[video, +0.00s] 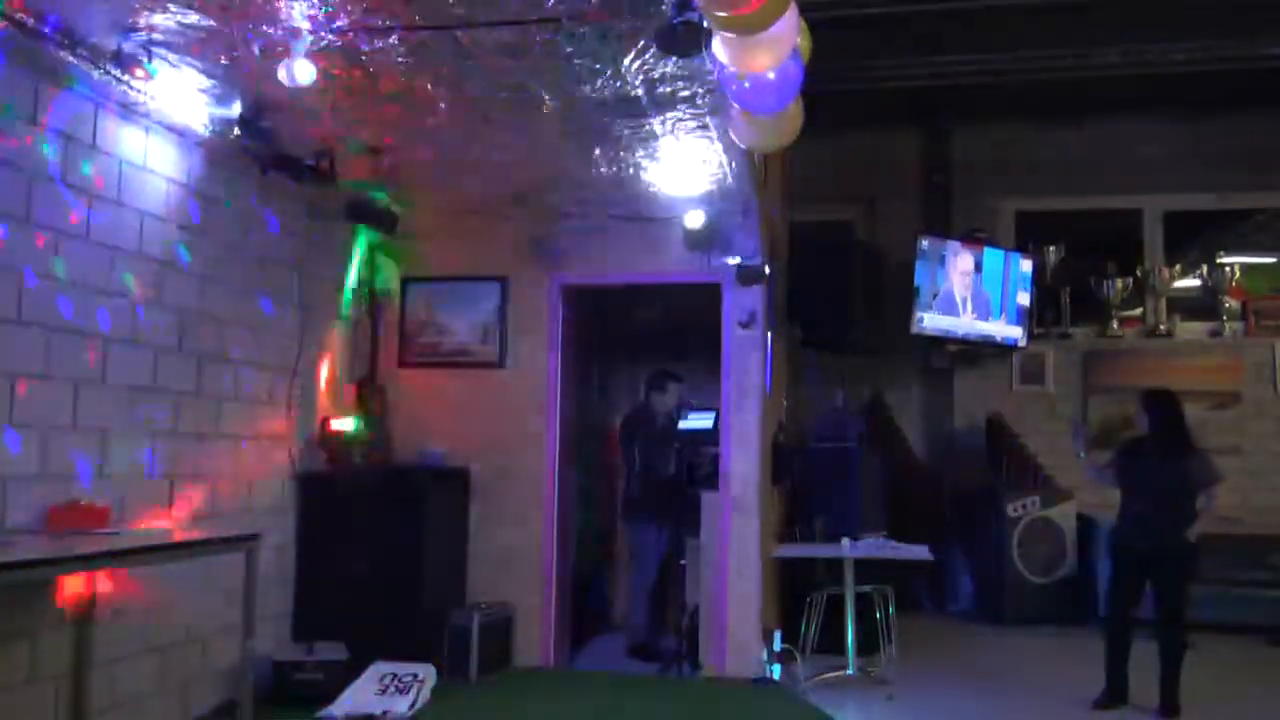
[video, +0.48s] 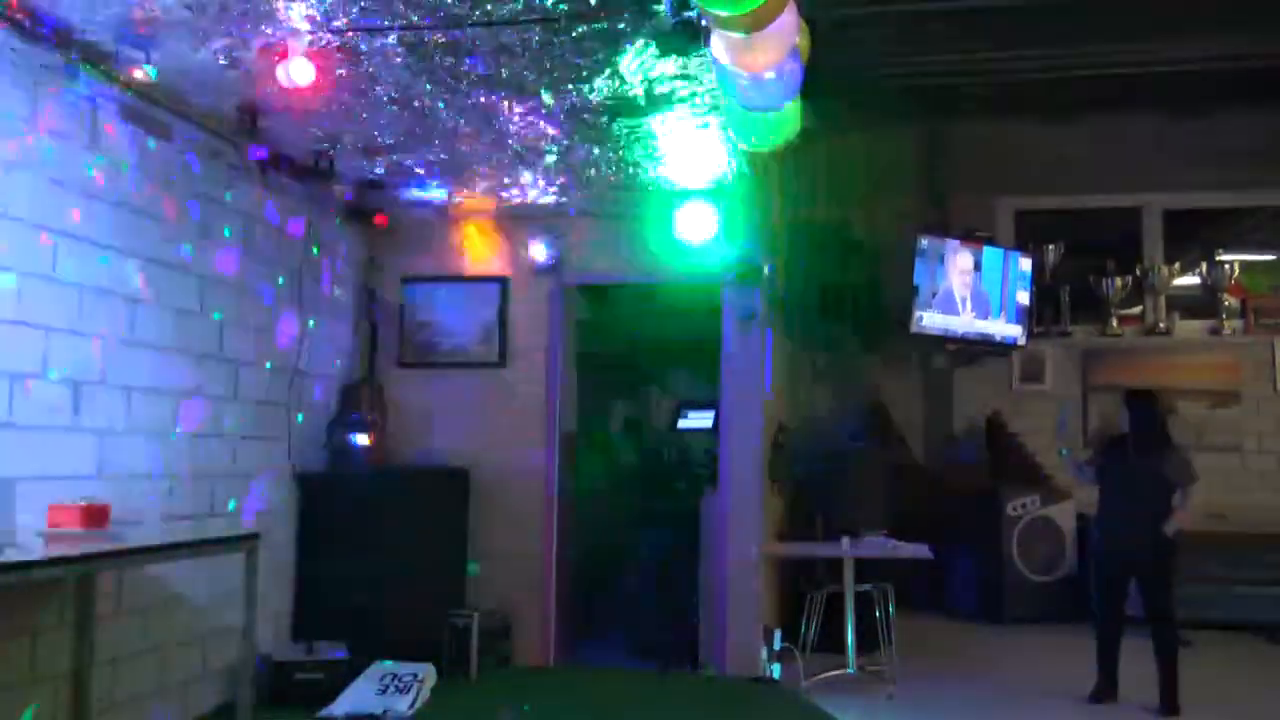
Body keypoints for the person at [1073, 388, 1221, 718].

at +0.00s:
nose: (1138, 418)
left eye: (1141, 412)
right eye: (1141, 410)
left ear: (1146, 416)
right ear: (1177, 414)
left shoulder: (1132, 450)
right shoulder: (1190, 453)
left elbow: (1099, 475)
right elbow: (1210, 501)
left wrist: (1081, 450)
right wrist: (1192, 530)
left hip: (1130, 544)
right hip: (1174, 545)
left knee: (1118, 617)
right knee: (1171, 623)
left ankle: (1115, 691)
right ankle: (1169, 701)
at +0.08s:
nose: (1138, 418)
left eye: (1140, 412)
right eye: (1141, 411)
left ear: (1144, 415)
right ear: (1175, 413)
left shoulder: (1131, 449)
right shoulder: (1189, 452)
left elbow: (1099, 476)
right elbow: (1210, 497)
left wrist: (1081, 449)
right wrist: (1191, 528)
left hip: (1129, 542)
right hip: (1171, 544)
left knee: (1116, 614)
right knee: (1170, 621)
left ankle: (1111, 685)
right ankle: (1169, 698)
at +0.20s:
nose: (1139, 418)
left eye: (1141, 411)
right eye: (1144, 410)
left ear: (1142, 414)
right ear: (1172, 413)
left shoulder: (1129, 449)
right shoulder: (1184, 450)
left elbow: (1098, 474)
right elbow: (1207, 485)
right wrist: (1192, 522)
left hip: (1125, 542)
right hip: (1168, 543)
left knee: (1114, 615)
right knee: (1168, 621)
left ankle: (1108, 685)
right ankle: (1169, 699)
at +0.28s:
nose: (1130, 416)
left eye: (1133, 410)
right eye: (1133, 410)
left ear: (1138, 414)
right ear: (1168, 413)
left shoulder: (1123, 448)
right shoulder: (1181, 451)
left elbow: (1093, 474)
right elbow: (1203, 496)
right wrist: (1183, 529)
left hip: (1122, 543)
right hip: (1165, 544)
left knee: (1113, 616)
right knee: (1167, 622)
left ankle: (1106, 686)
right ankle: (1169, 700)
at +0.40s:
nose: (1131, 417)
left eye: (1132, 410)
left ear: (1132, 414)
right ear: (1163, 414)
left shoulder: (1117, 449)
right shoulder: (1176, 454)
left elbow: (1089, 475)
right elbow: (1191, 504)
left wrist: (1075, 457)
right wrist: (1171, 528)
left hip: (1116, 543)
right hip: (1159, 544)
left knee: (1111, 616)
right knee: (1165, 620)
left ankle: (1107, 686)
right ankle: (1170, 699)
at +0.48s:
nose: (1131, 417)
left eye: (1131, 409)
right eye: (1138, 409)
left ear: (1127, 413)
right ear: (1156, 413)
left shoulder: (1113, 448)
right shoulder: (1170, 452)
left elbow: (1086, 475)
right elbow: (1185, 502)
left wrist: (1068, 458)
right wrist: (1165, 530)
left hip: (1112, 543)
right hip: (1153, 543)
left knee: (1108, 617)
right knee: (1161, 620)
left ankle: (1105, 687)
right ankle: (1169, 699)